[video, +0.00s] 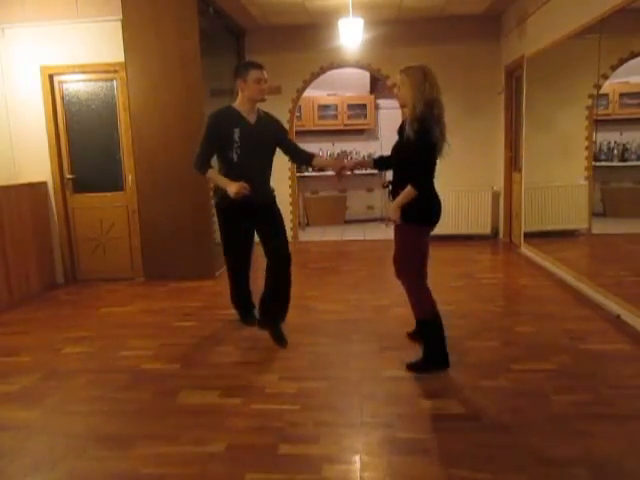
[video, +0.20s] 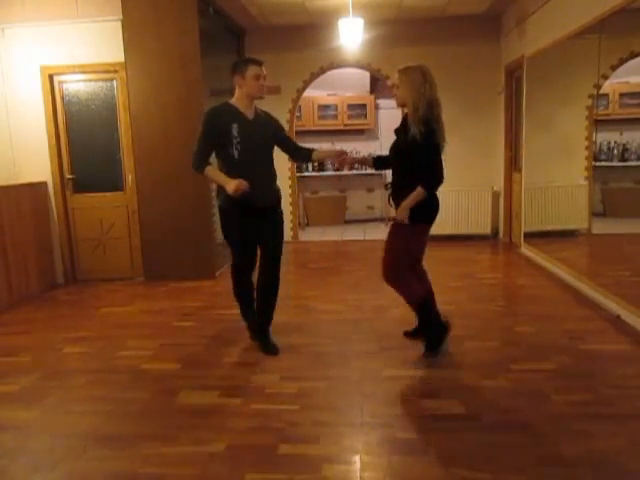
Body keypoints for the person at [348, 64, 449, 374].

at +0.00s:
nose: (395, 91)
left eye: (400, 86)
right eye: (395, 86)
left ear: (416, 88)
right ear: (410, 89)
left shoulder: (422, 125)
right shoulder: (410, 123)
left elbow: (422, 177)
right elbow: (395, 162)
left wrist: (398, 203)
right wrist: (359, 164)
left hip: (419, 208)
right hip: (410, 207)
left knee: (411, 272)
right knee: (405, 268)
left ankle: (436, 352)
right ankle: (426, 325)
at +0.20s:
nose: (394, 91)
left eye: (399, 86)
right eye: (394, 86)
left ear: (414, 90)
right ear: (409, 90)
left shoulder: (423, 126)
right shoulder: (407, 124)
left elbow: (434, 177)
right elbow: (395, 161)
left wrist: (407, 204)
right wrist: (360, 161)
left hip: (418, 208)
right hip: (412, 208)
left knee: (394, 270)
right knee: (410, 266)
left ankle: (434, 325)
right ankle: (427, 320)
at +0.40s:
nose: (393, 95)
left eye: (398, 90)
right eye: (394, 90)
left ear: (412, 93)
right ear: (413, 94)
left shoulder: (423, 127)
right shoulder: (409, 126)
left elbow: (431, 180)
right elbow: (392, 167)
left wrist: (404, 207)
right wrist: (352, 174)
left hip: (420, 207)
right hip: (412, 206)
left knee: (388, 268)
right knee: (412, 266)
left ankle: (451, 282)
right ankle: (427, 324)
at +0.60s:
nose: (394, 91)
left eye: (398, 87)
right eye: (394, 86)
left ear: (414, 90)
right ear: (410, 90)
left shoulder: (424, 124)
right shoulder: (406, 123)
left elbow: (435, 173)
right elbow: (384, 165)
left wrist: (406, 200)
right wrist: (350, 180)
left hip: (415, 208)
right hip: (406, 207)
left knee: (411, 274)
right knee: (412, 271)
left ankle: (428, 348)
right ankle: (427, 326)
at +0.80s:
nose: (392, 91)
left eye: (397, 86)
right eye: (392, 86)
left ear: (413, 89)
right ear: (404, 90)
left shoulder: (423, 124)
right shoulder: (404, 124)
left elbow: (432, 173)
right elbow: (382, 166)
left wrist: (405, 202)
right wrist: (342, 176)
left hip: (414, 211)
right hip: (403, 210)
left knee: (421, 278)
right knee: (418, 275)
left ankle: (430, 352)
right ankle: (427, 325)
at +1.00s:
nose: (391, 91)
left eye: (396, 86)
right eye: (392, 86)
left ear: (412, 88)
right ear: (404, 89)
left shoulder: (423, 124)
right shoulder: (404, 122)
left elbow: (433, 174)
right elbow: (382, 158)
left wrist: (405, 203)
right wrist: (342, 162)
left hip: (413, 211)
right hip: (403, 210)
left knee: (419, 277)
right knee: (417, 274)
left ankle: (429, 350)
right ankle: (427, 326)